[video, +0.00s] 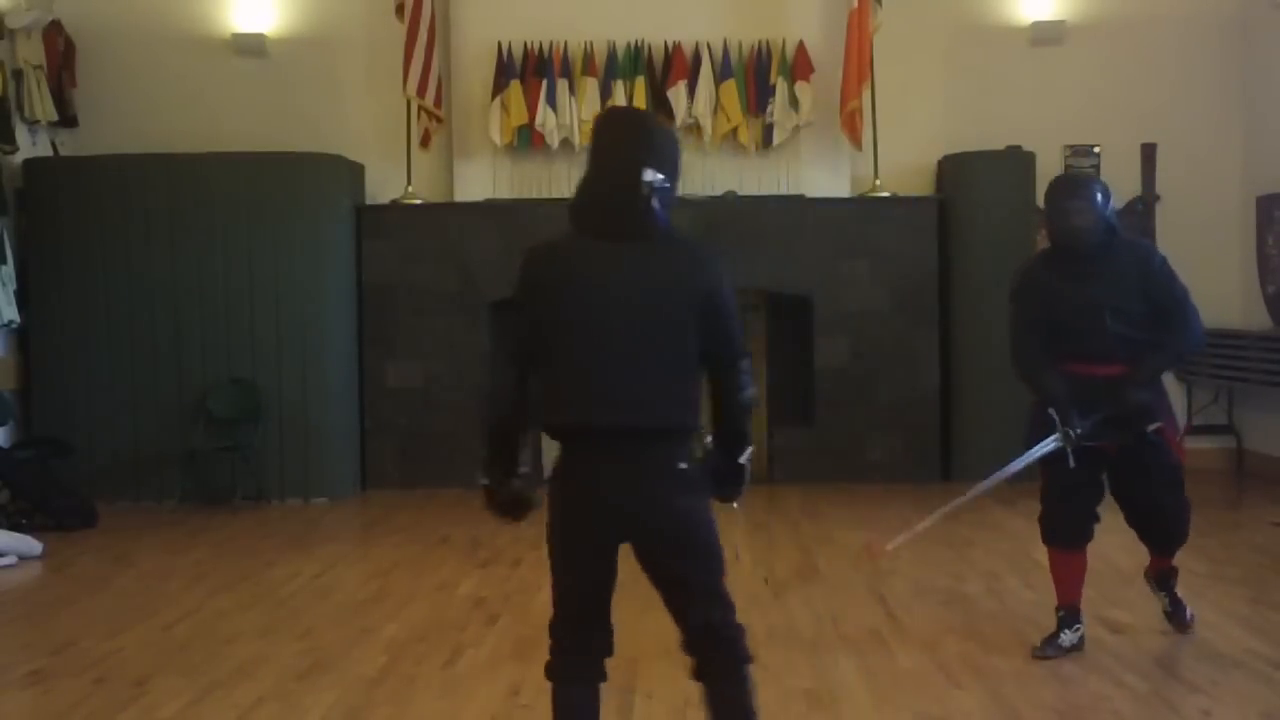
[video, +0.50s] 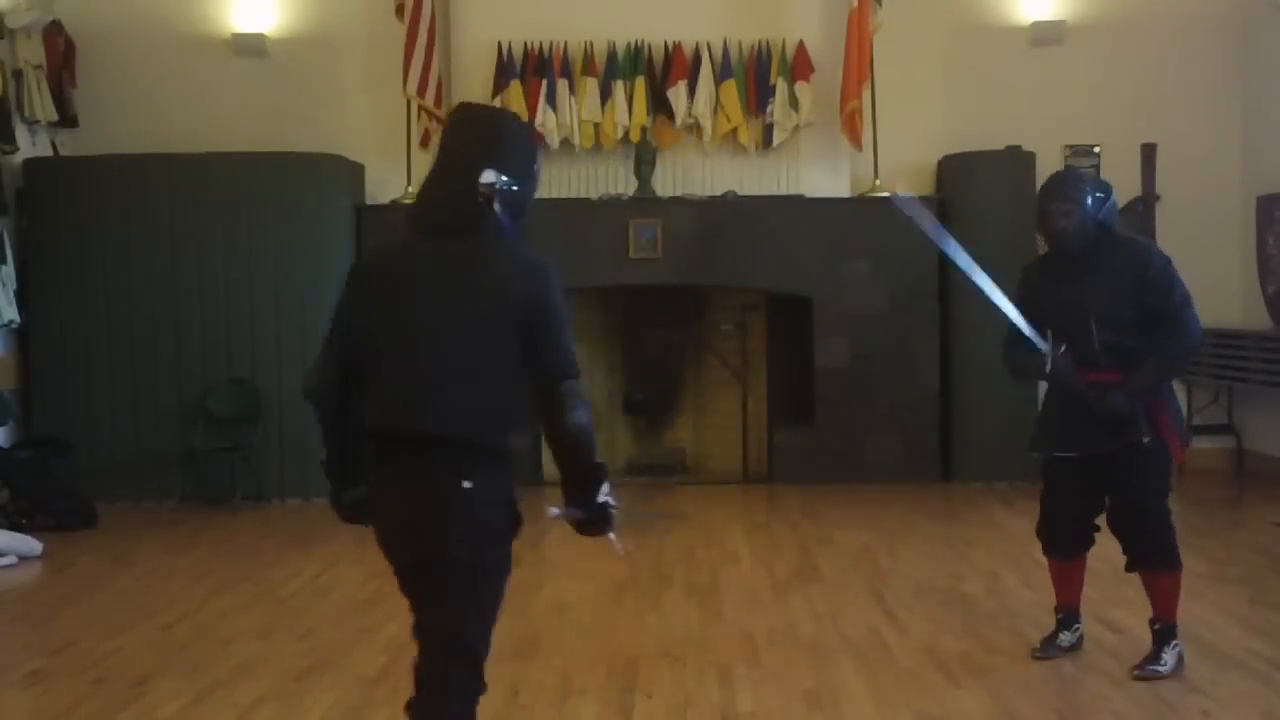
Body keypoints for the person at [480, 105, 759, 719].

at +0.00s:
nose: (670, 186)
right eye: (667, 175)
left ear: (594, 175)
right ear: (663, 180)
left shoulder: (547, 264)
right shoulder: (692, 265)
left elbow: (512, 372)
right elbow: (730, 373)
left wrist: (505, 468)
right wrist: (730, 458)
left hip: (581, 482)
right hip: (666, 482)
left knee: (576, 647)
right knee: (715, 642)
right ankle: (735, 707)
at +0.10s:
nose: (643, 176)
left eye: (637, 163)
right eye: (639, 164)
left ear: (554, 167)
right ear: (624, 173)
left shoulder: (512, 256)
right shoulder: (655, 259)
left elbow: (460, 368)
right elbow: (695, 373)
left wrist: (435, 466)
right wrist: (703, 454)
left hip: (548, 477)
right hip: (635, 480)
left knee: (566, 642)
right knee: (660, 642)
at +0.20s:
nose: (601, 181)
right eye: (599, 168)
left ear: (517, 168)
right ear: (592, 175)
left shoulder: (476, 256)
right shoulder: (612, 261)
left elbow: (416, 365)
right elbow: (656, 376)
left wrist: (380, 463)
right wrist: (674, 463)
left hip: (513, 482)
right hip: (595, 483)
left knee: (547, 636)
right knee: (601, 647)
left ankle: (554, 707)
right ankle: (557, 705)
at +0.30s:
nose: (577, 181)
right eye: (573, 169)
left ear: (489, 170)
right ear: (565, 178)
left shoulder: (444, 259)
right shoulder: (582, 265)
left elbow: (380, 367)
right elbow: (625, 383)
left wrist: (343, 468)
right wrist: (646, 476)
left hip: (474, 486)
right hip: (555, 487)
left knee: (522, 644)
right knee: (535, 657)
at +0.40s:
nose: (555, 194)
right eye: (551, 179)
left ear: (464, 178)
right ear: (539, 187)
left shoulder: (414, 266)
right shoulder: (553, 272)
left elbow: (351, 376)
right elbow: (595, 395)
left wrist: (335, 473)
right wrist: (618, 487)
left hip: (430, 489)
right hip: (509, 492)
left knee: (481, 645)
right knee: (485, 662)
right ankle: (454, 706)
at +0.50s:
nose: (531, 193)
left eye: (528, 176)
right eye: (527, 178)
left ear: (441, 175)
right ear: (510, 186)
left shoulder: (381, 263)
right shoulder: (520, 273)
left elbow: (329, 382)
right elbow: (563, 402)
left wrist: (348, 475)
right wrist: (587, 491)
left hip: (391, 477)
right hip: (476, 482)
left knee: (441, 647)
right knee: (454, 664)